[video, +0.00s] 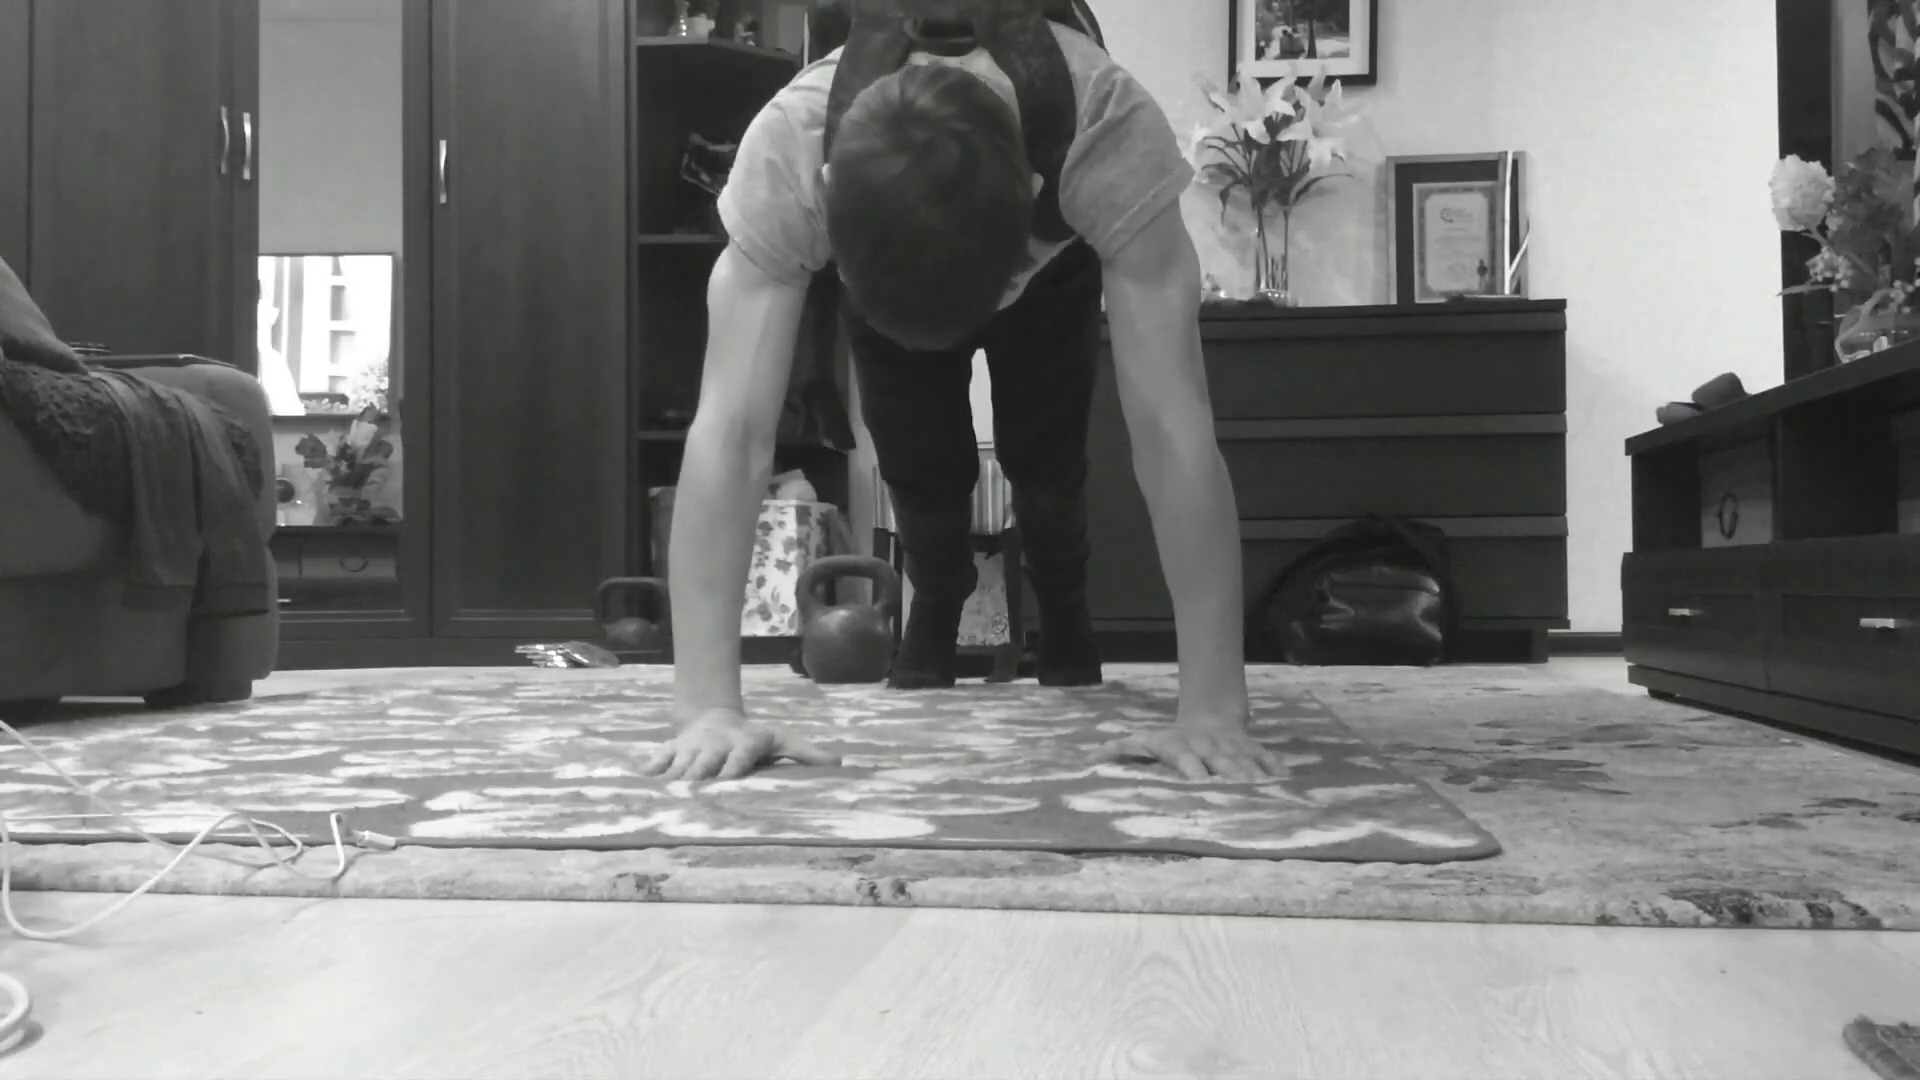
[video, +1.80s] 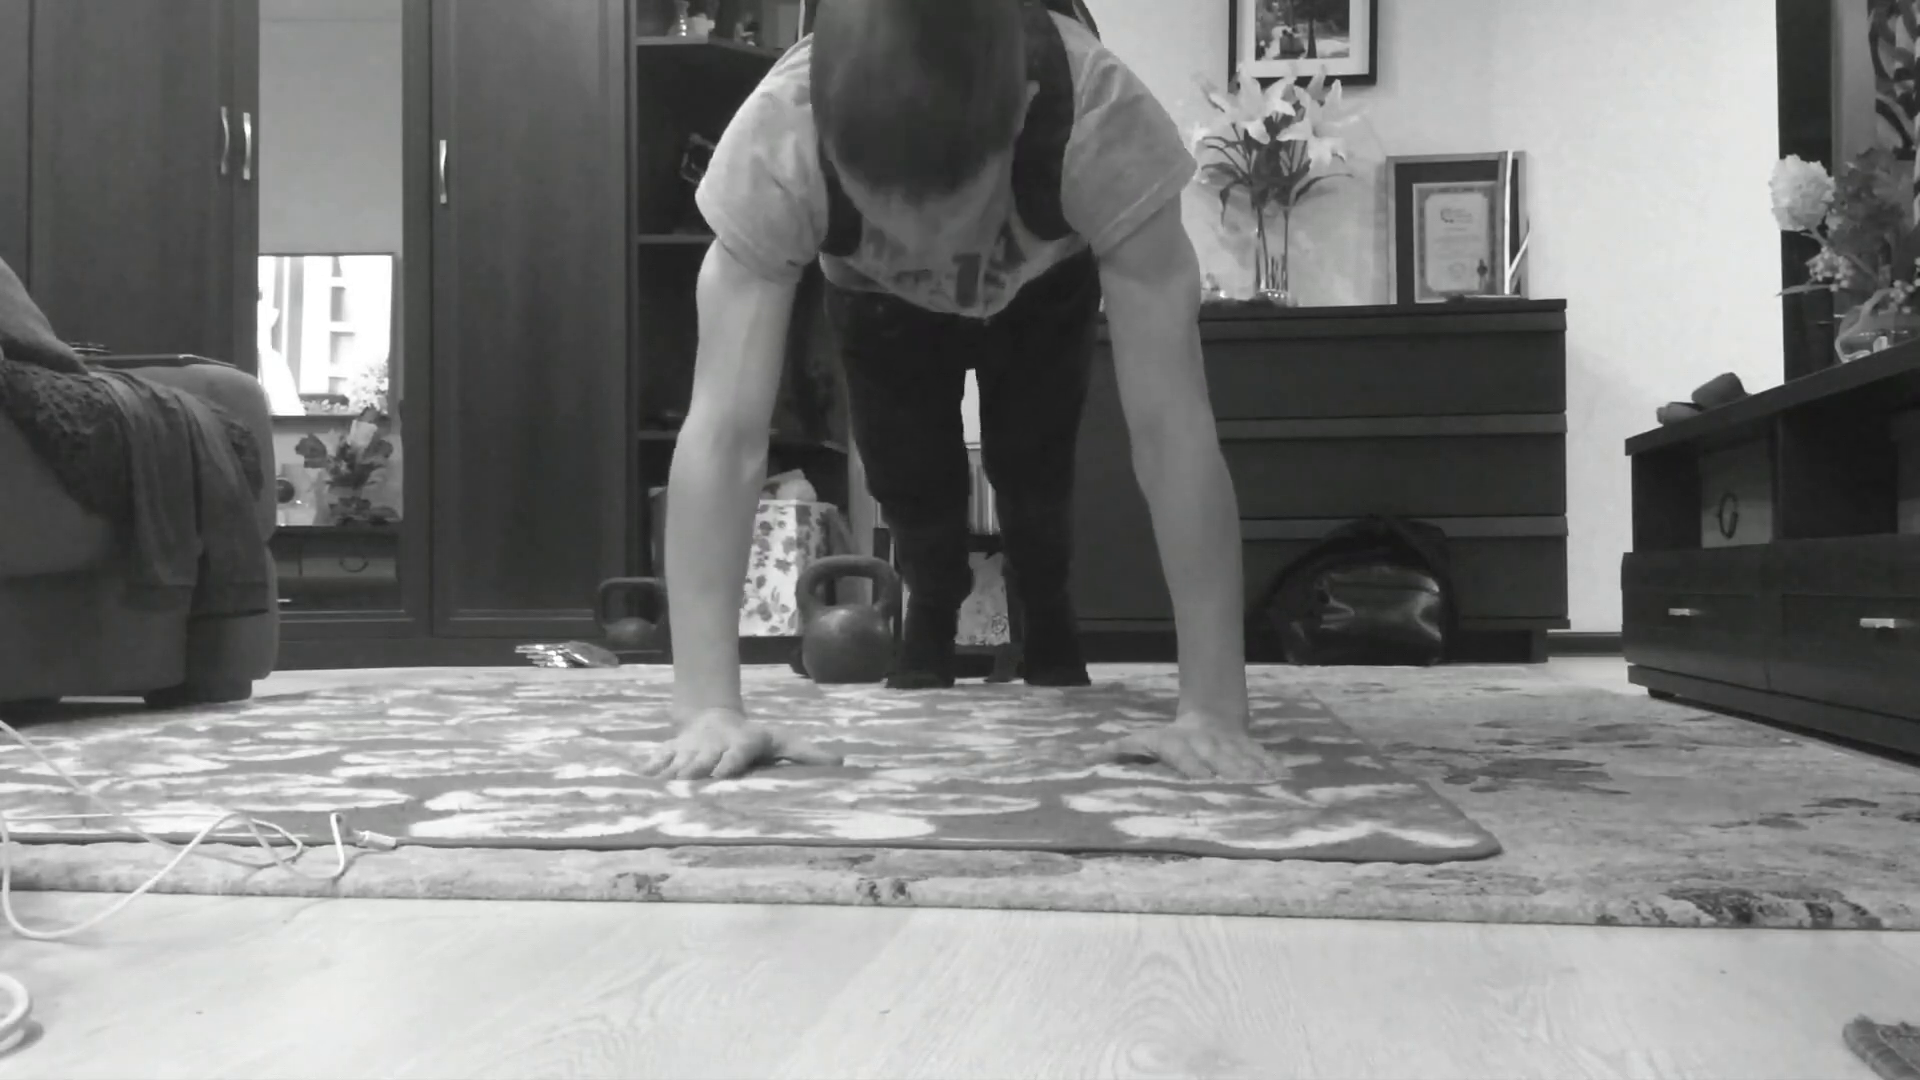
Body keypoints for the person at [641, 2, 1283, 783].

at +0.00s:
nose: (945, 341)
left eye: (975, 319)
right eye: (906, 329)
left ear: (1029, 217)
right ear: (836, 210)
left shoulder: (1118, 147)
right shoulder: (785, 163)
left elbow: (1178, 439)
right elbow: (729, 434)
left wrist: (1213, 711)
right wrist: (708, 709)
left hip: (1048, 247)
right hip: (872, 259)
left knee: (1045, 467)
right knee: (916, 465)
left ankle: (1060, 623)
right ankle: (934, 599)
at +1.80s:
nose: (932, 246)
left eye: (957, 208)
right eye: (893, 215)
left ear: (1021, 122)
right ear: (834, 145)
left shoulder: (1113, 144)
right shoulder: (775, 156)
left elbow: (1176, 436)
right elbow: (721, 436)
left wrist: (1216, 714)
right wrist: (707, 709)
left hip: (1044, 273)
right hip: (874, 282)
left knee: (1034, 485)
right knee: (908, 488)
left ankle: (1043, 645)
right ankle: (929, 608)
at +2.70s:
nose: (912, 132)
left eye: (952, 87)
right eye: (874, 87)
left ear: (1022, 42)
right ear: (834, 51)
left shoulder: (1108, 132)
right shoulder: (780, 137)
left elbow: (1175, 439)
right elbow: (722, 432)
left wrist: (1214, 710)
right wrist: (709, 711)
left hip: (1045, 332)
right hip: (880, 340)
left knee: (1045, 525)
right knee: (900, 531)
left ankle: (1066, 697)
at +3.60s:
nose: (916, 238)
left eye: (948, 202)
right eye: (880, 202)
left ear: (1013, 130)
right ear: (832, 143)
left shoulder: (1102, 163)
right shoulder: (768, 174)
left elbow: (1227, 446)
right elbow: (703, 447)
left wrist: (1217, 718)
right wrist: (708, 708)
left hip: (1045, 372)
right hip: (874, 378)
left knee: (1043, 544)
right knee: (903, 547)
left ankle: (1054, 606)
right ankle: (918, 605)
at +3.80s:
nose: (927, 359)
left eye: (959, 326)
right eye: (889, 329)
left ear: (1021, 229)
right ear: (832, 236)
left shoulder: (1107, 228)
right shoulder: (763, 234)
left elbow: (1278, 458)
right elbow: (674, 457)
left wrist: (1224, 710)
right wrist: (705, 705)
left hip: (1046, 439)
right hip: (877, 449)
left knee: (1043, 565)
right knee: (909, 579)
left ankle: (1051, 624)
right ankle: (917, 626)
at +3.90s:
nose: (930, 401)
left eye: (962, 363)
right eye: (894, 367)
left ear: (1030, 273)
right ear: (836, 275)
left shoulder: (1107, 253)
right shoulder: (765, 264)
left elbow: (1295, 460)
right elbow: (662, 465)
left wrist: (1228, 707)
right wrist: (705, 708)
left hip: (1047, 468)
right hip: (880, 481)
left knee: (1043, 566)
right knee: (909, 585)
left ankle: (1048, 616)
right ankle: (915, 626)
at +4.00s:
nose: (939, 502)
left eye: (980, 465)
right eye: (896, 469)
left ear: (1040, 353)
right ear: (840, 366)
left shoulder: (1117, 314)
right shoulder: (772, 312)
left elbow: (1315, 470)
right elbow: (649, 475)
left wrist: (1227, 709)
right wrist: (702, 704)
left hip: (1052, 503)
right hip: (881, 524)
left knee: (1044, 581)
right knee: (908, 601)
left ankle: (1051, 625)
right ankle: (917, 639)